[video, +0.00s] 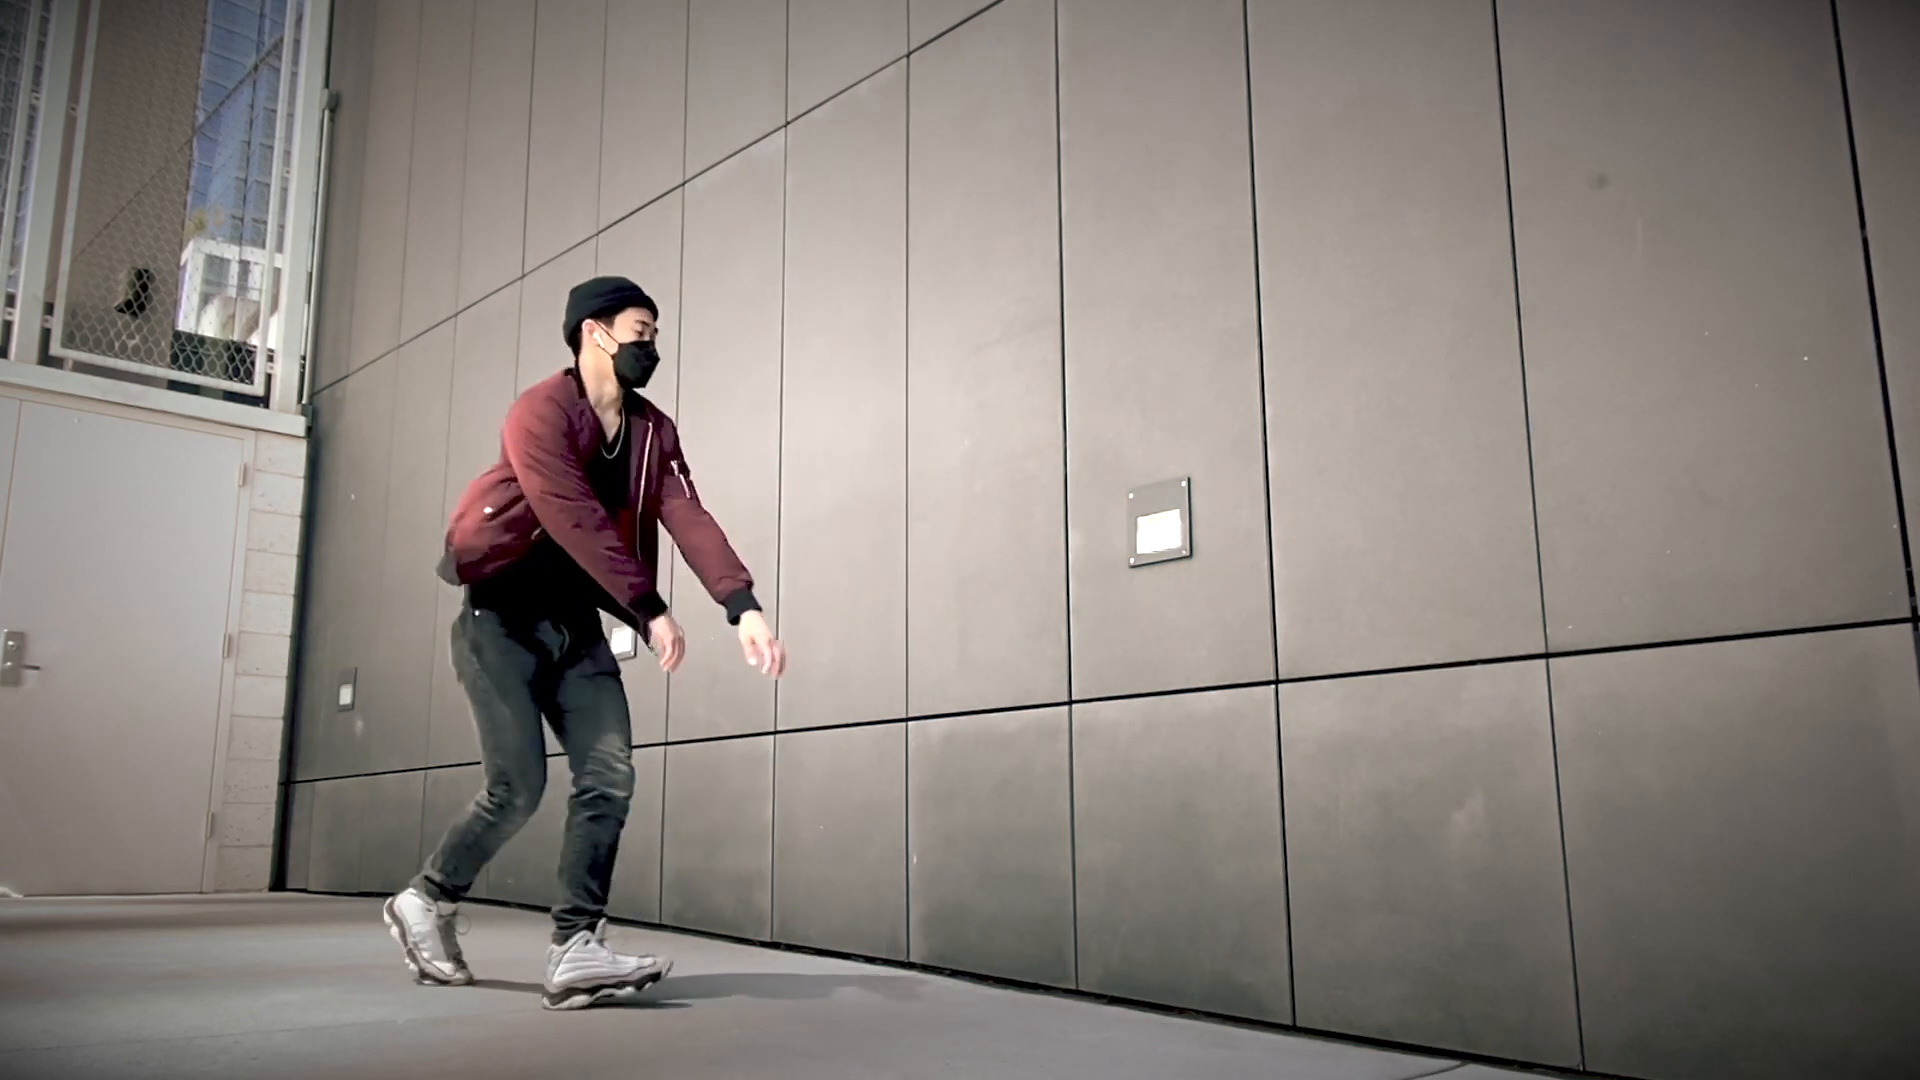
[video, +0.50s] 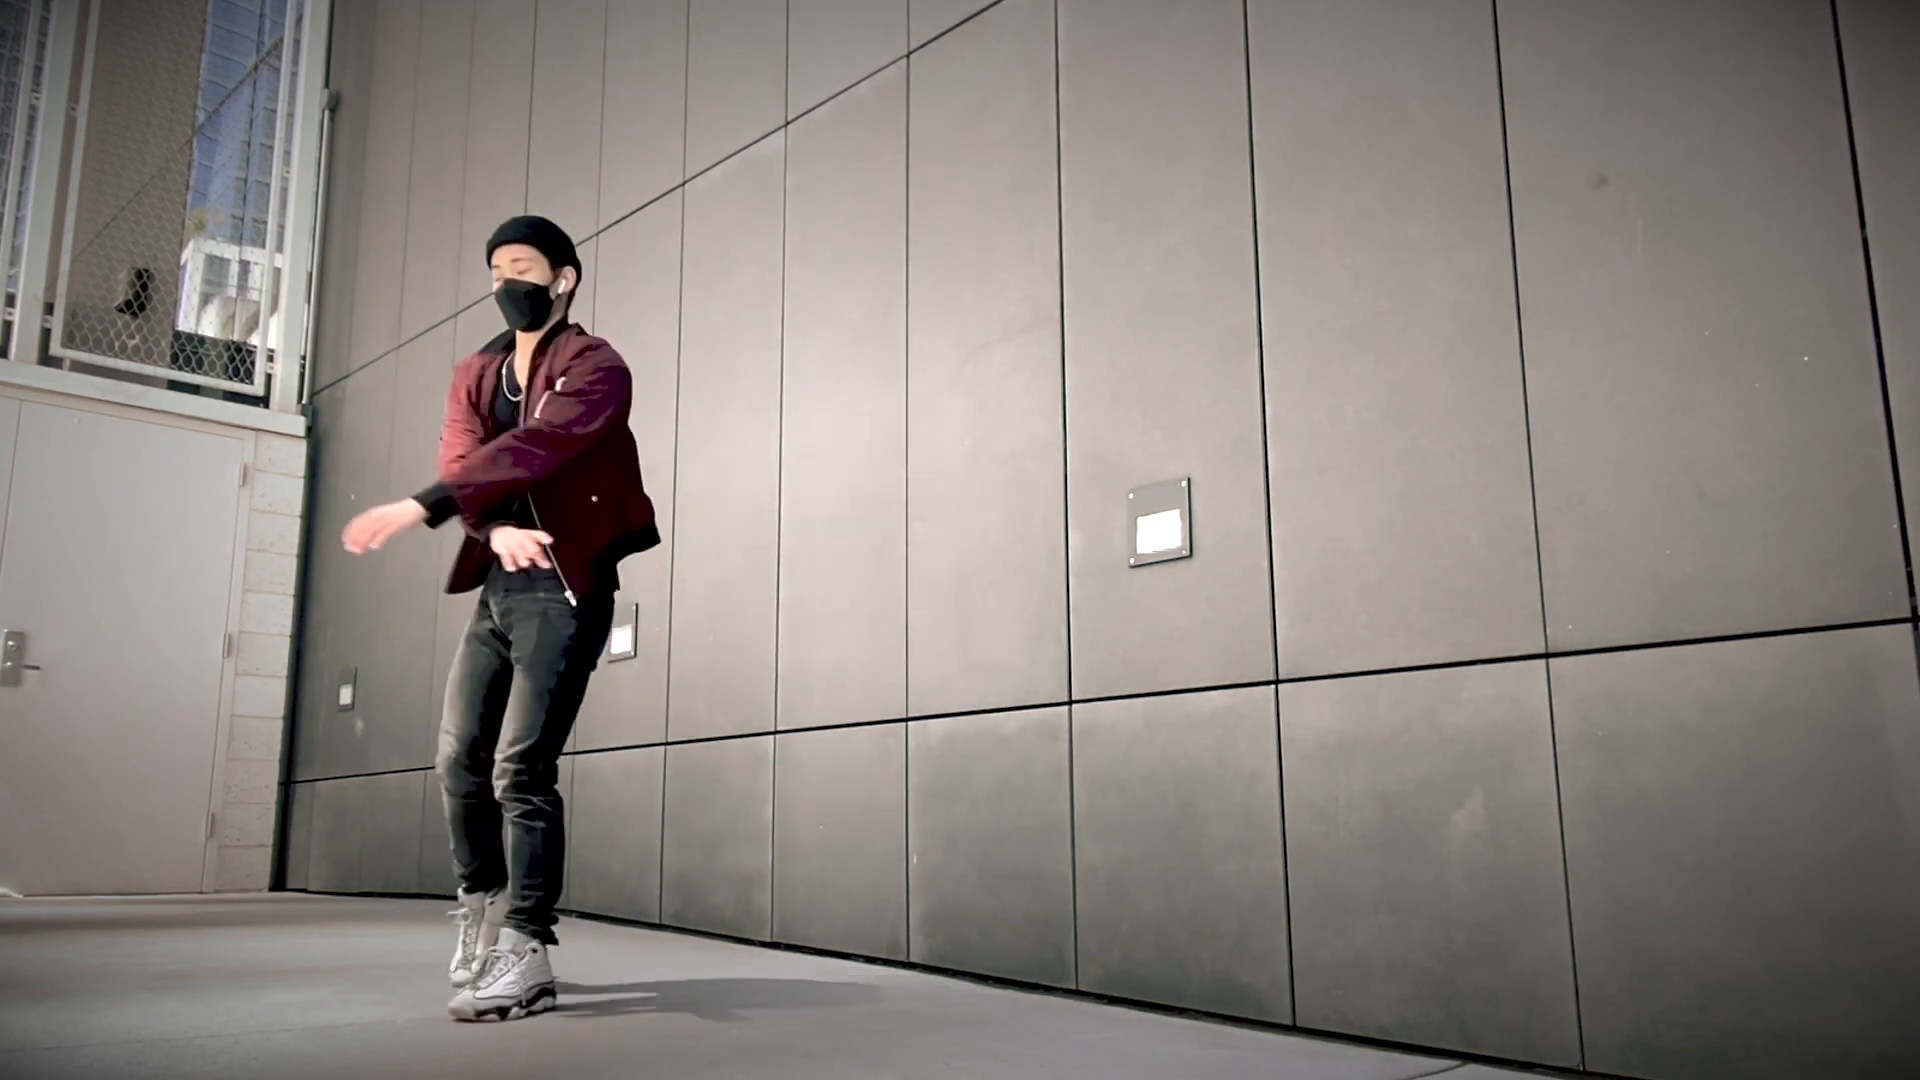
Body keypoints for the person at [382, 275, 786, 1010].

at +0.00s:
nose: (653, 346)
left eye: (656, 336)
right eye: (639, 332)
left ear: (644, 346)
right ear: (591, 335)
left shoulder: (653, 431)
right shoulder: (541, 411)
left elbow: (687, 517)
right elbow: (568, 514)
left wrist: (744, 605)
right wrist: (647, 606)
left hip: (577, 628)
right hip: (499, 618)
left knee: (607, 778)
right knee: (516, 787)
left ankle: (575, 948)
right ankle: (423, 902)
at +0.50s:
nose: (511, 281)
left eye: (527, 267)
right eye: (500, 270)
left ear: (567, 280)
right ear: (491, 286)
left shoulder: (598, 367)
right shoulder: (477, 371)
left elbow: (540, 447)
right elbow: (458, 465)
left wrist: (423, 504)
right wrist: (496, 527)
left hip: (564, 589)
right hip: (496, 586)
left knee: (522, 769)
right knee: (461, 764)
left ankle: (528, 951)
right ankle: (482, 912)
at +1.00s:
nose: (475, 289)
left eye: (485, 273)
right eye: (474, 276)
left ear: (533, 274)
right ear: (526, 279)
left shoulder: (553, 338)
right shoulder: (512, 362)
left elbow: (537, 424)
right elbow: (452, 455)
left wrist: (472, 456)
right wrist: (362, 489)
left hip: (552, 593)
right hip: (576, 595)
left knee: (421, 747)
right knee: (572, 776)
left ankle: (474, 922)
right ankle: (679, 917)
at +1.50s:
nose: (636, 271)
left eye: (652, 260)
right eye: (621, 259)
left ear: (677, 274)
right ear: (601, 272)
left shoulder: (713, 342)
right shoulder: (578, 367)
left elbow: (810, 404)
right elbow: (475, 424)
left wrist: (866, 492)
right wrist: (564, 390)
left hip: (673, 570)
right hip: (622, 574)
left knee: (594, 750)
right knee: (593, 756)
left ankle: (572, 946)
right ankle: (666, 920)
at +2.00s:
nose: (788, 311)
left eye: (802, 301)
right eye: (772, 299)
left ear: (819, 314)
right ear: (746, 310)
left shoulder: (850, 403)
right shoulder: (712, 395)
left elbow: (865, 509)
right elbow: (628, 403)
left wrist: (861, 593)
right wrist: (725, 393)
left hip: (840, 617)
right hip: (750, 626)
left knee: (875, 785)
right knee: (725, 790)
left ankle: (949, 941)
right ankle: (763, 956)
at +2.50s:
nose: (924, 312)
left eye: (933, 304)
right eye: (907, 301)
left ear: (941, 319)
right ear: (869, 313)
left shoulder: (951, 405)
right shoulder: (836, 385)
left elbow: (966, 502)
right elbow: (756, 446)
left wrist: (969, 599)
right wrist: (839, 474)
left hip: (956, 614)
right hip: (885, 617)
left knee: (1022, 770)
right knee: (862, 793)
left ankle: (963, 932)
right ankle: (790, 954)